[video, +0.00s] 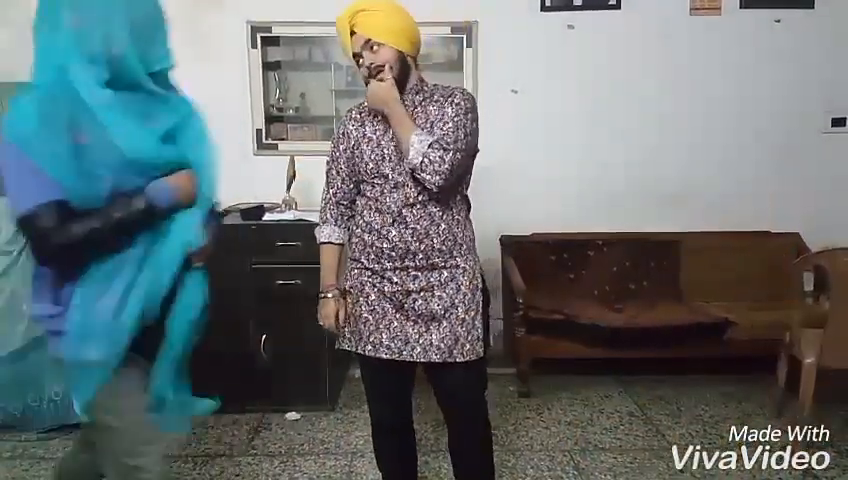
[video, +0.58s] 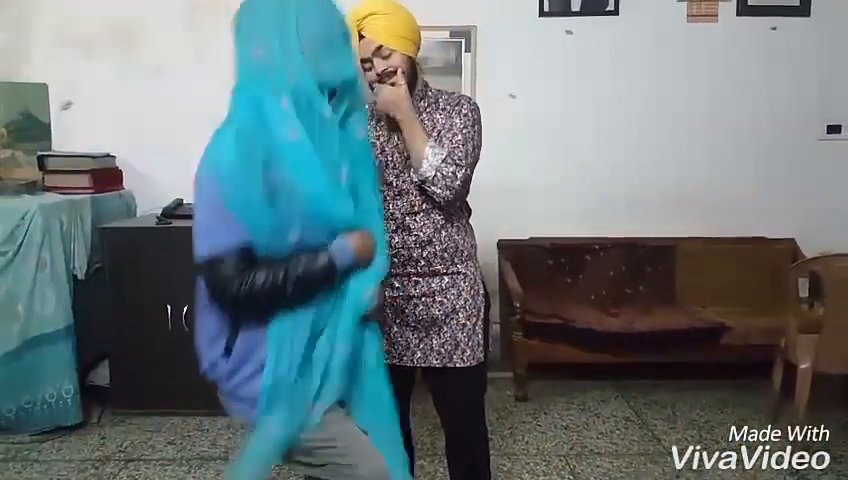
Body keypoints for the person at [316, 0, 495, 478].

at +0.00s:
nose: (367, 62)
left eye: (374, 48)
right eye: (359, 55)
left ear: (405, 44)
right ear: (355, 61)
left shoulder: (454, 104)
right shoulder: (354, 122)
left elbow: (441, 175)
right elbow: (335, 209)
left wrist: (394, 110)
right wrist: (329, 288)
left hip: (447, 286)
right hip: (374, 290)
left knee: (466, 419)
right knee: (389, 422)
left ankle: (475, 476)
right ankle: (399, 476)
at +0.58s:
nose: (375, 69)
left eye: (385, 56)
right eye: (365, 61)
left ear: (411, 54)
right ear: (355, 64)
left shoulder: (456, 110)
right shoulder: (350, 119)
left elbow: (449, 189)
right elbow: (338, 199)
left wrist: (405, 117)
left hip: (446, 295)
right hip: (376, 296)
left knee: (464, 429)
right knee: (384, 429)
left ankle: (471, 473)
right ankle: (395, 475)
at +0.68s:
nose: (382, 71)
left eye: (391, 61)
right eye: (373, 60)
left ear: (409, 62)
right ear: (359, 61)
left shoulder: (455, 111)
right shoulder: (347, 115)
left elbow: (447, 184)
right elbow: (334, 189)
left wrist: (402, 103)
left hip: (444, 287)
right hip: (373, 289)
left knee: (464, 425)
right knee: (382, 426)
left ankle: (470, 475)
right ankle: (395, 474)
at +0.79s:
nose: (388, 59)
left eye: (398, 47)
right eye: (383, 47)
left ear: (415, 52)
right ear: (374, 49)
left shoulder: (457, 111)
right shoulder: (359, 112)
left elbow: (449, 185)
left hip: (449, 284)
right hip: (378, 284)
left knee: (463, 428)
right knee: (388, 432)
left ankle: (470, 473)